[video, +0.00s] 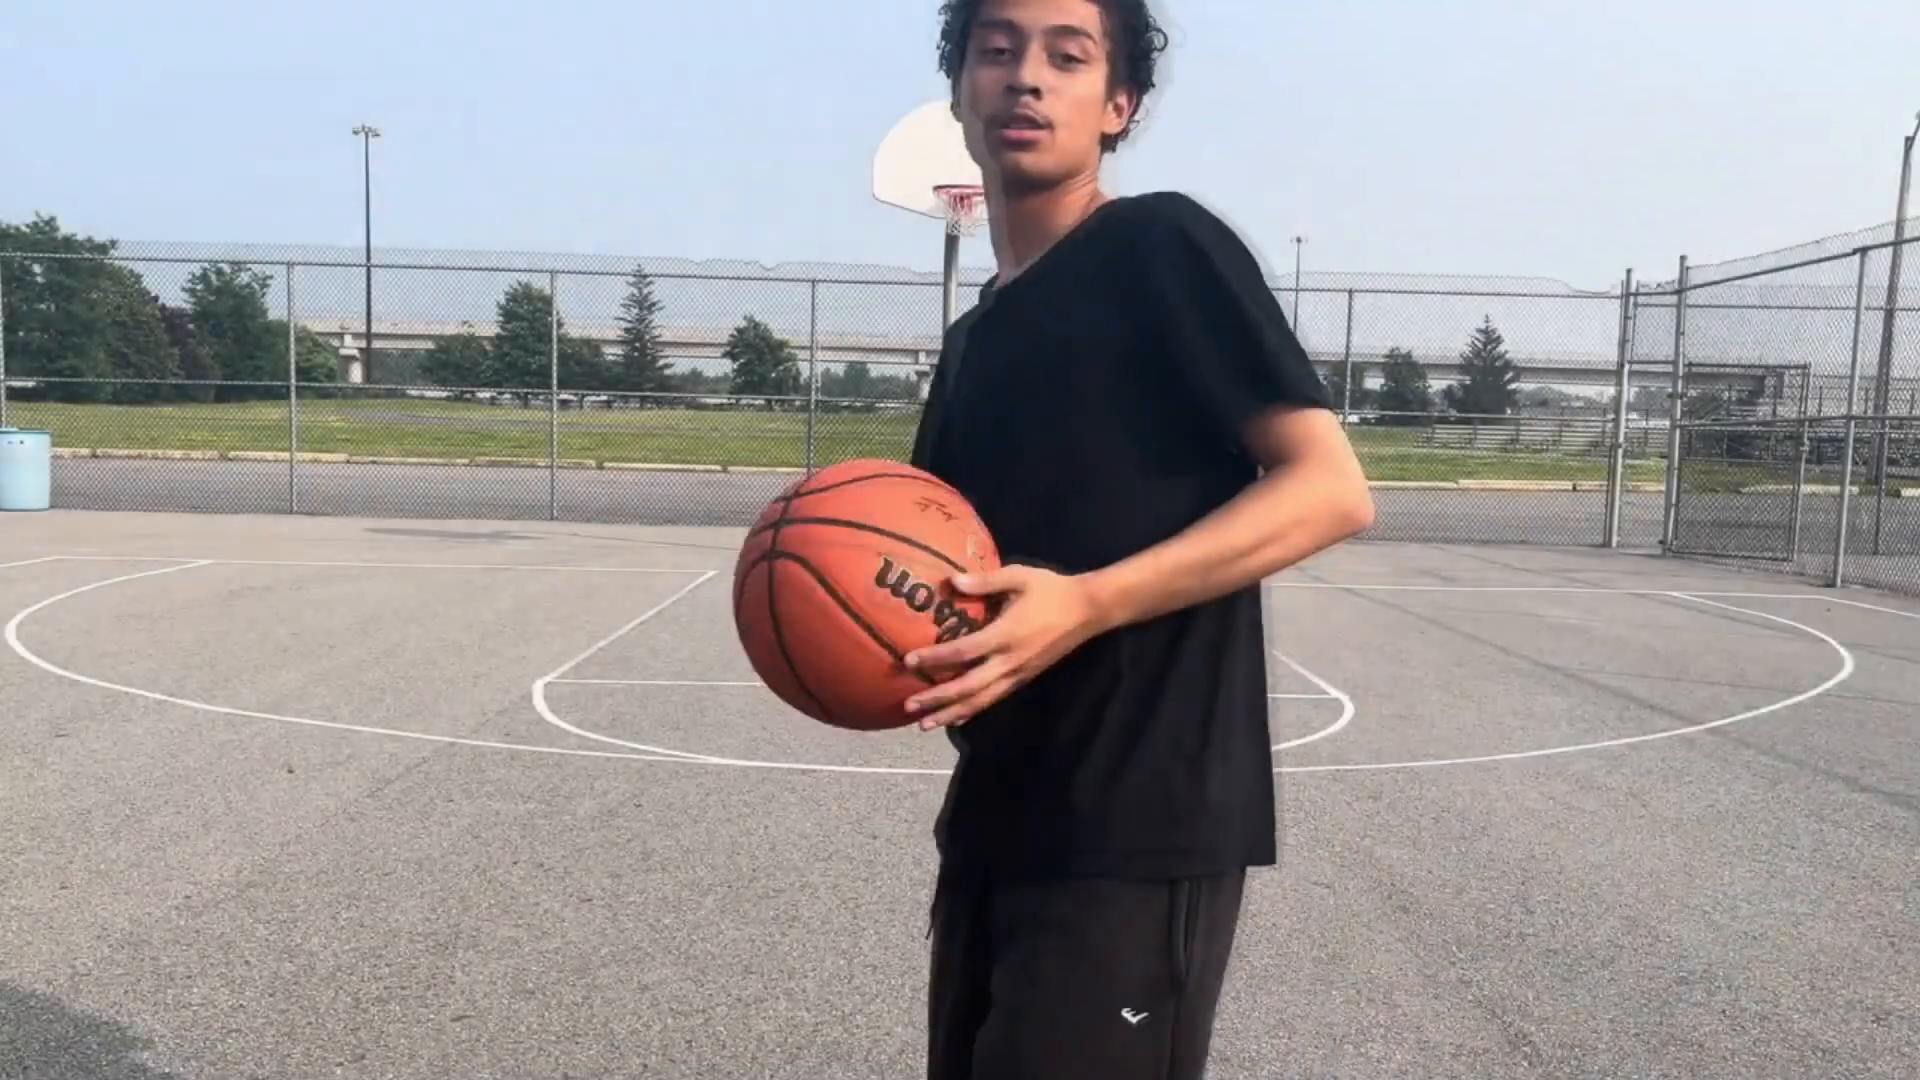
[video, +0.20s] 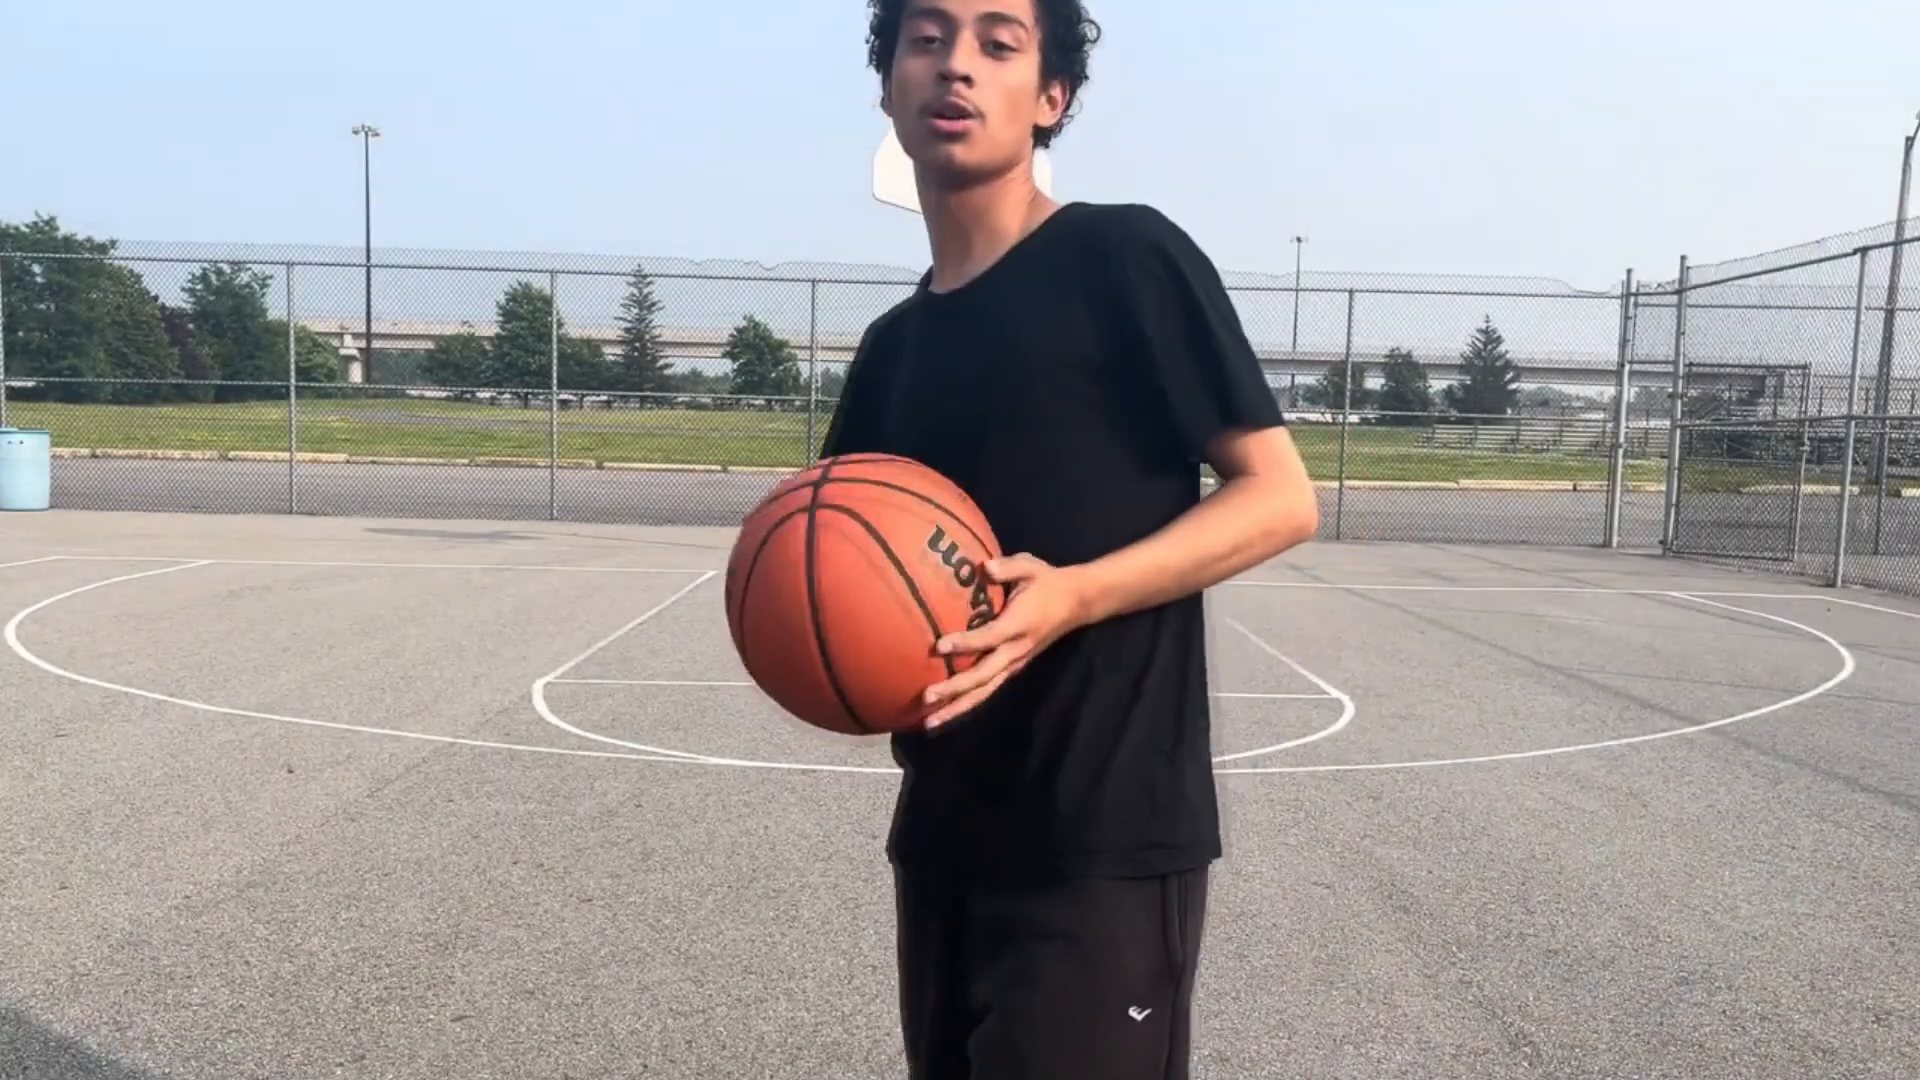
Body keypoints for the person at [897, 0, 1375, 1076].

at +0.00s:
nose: (1026, 81)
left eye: (1067, 55)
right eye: (998, 50)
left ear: (1120, 102)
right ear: (958, 84)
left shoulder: (1162, 241)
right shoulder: (974, 334)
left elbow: (1333, 489)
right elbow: (941, 552)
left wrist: (1090, 602)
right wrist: (836, 559)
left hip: (1143, 838)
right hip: (998, 825)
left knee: (1083, 1062)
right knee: (969, 1064)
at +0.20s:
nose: (957, 67)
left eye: (997, 42)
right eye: (927, 37)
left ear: (1050, 97)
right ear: (886, 83)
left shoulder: (1128, 256)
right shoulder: (893, 341)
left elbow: (1282, 496)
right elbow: (848, 554)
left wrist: (1081, 593)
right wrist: (818, 586)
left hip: (1106, 837)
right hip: (947, 835)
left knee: (1082, 1063)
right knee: (952, 1062)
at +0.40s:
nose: (975, 54)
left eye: (1022, 29)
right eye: (947, 22)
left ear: (1078, 85)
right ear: (905, 64)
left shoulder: (1142, 285)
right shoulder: (872, 319)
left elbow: (1264, 557)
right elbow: (810, 528)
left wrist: (1055, 644)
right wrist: (789, 519)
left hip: (1055, 853)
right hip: (889, 843)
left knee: (1048, 1068)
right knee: (901, 1063)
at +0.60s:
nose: (1032, 15)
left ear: (1152, 48)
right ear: (967, 21)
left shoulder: (1205, 303)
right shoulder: (877, 266)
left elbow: (1259, 607)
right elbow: (787, 526)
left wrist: (1060, 712)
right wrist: (786, 474)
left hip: (1037, 872)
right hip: (832, 848)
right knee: (815, 1063)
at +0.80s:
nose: (1073, 3)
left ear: (1198, 37)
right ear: (999, 4)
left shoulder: (1247, 318)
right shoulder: (855, 261)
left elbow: (1267, 622)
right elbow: (792, 516)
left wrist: (1147, 760)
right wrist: (736, 587)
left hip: (1046, 916)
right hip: (798, 888)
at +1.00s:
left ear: (1194, 20)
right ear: (991, 1)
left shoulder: (1258, 314)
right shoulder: (811, 249)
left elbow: (1293, 630)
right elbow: (733, 534)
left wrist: (1231, 772)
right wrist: (721, 641)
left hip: (1060, 968)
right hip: (775, 944)